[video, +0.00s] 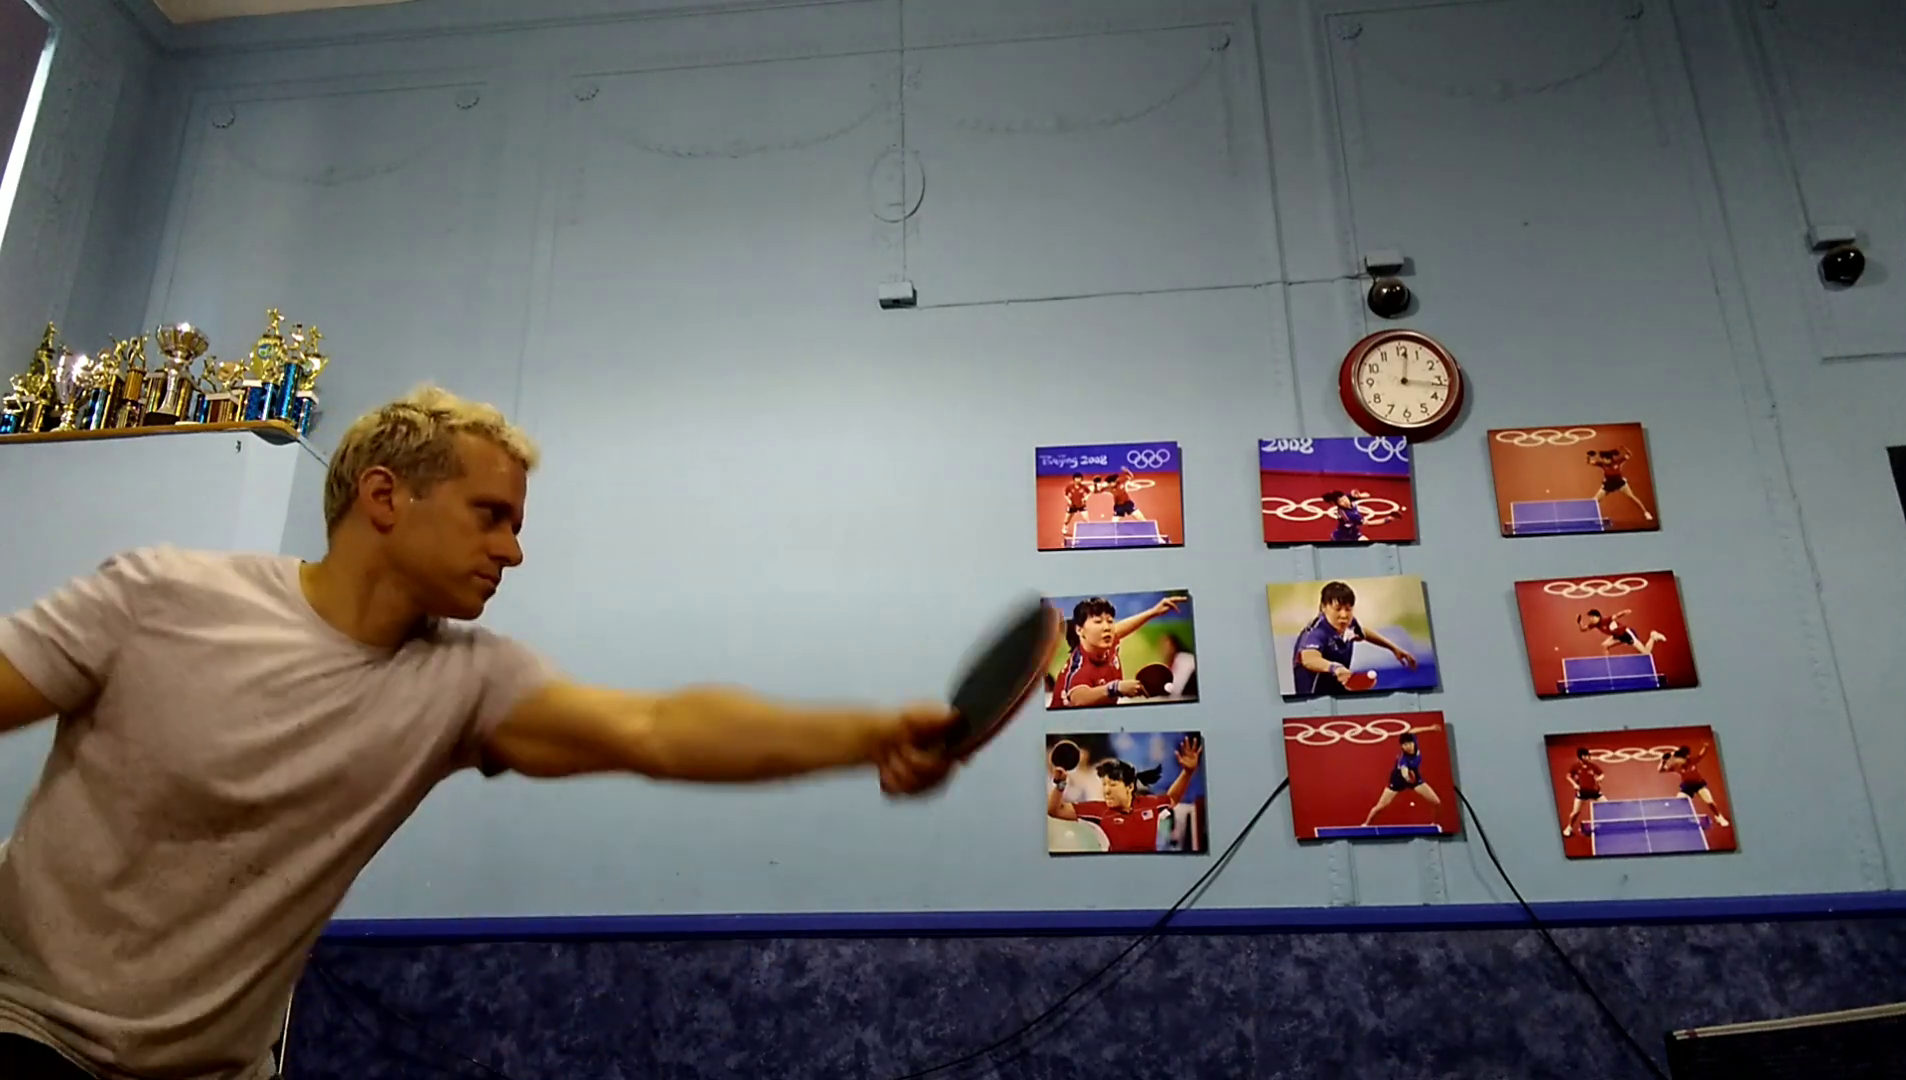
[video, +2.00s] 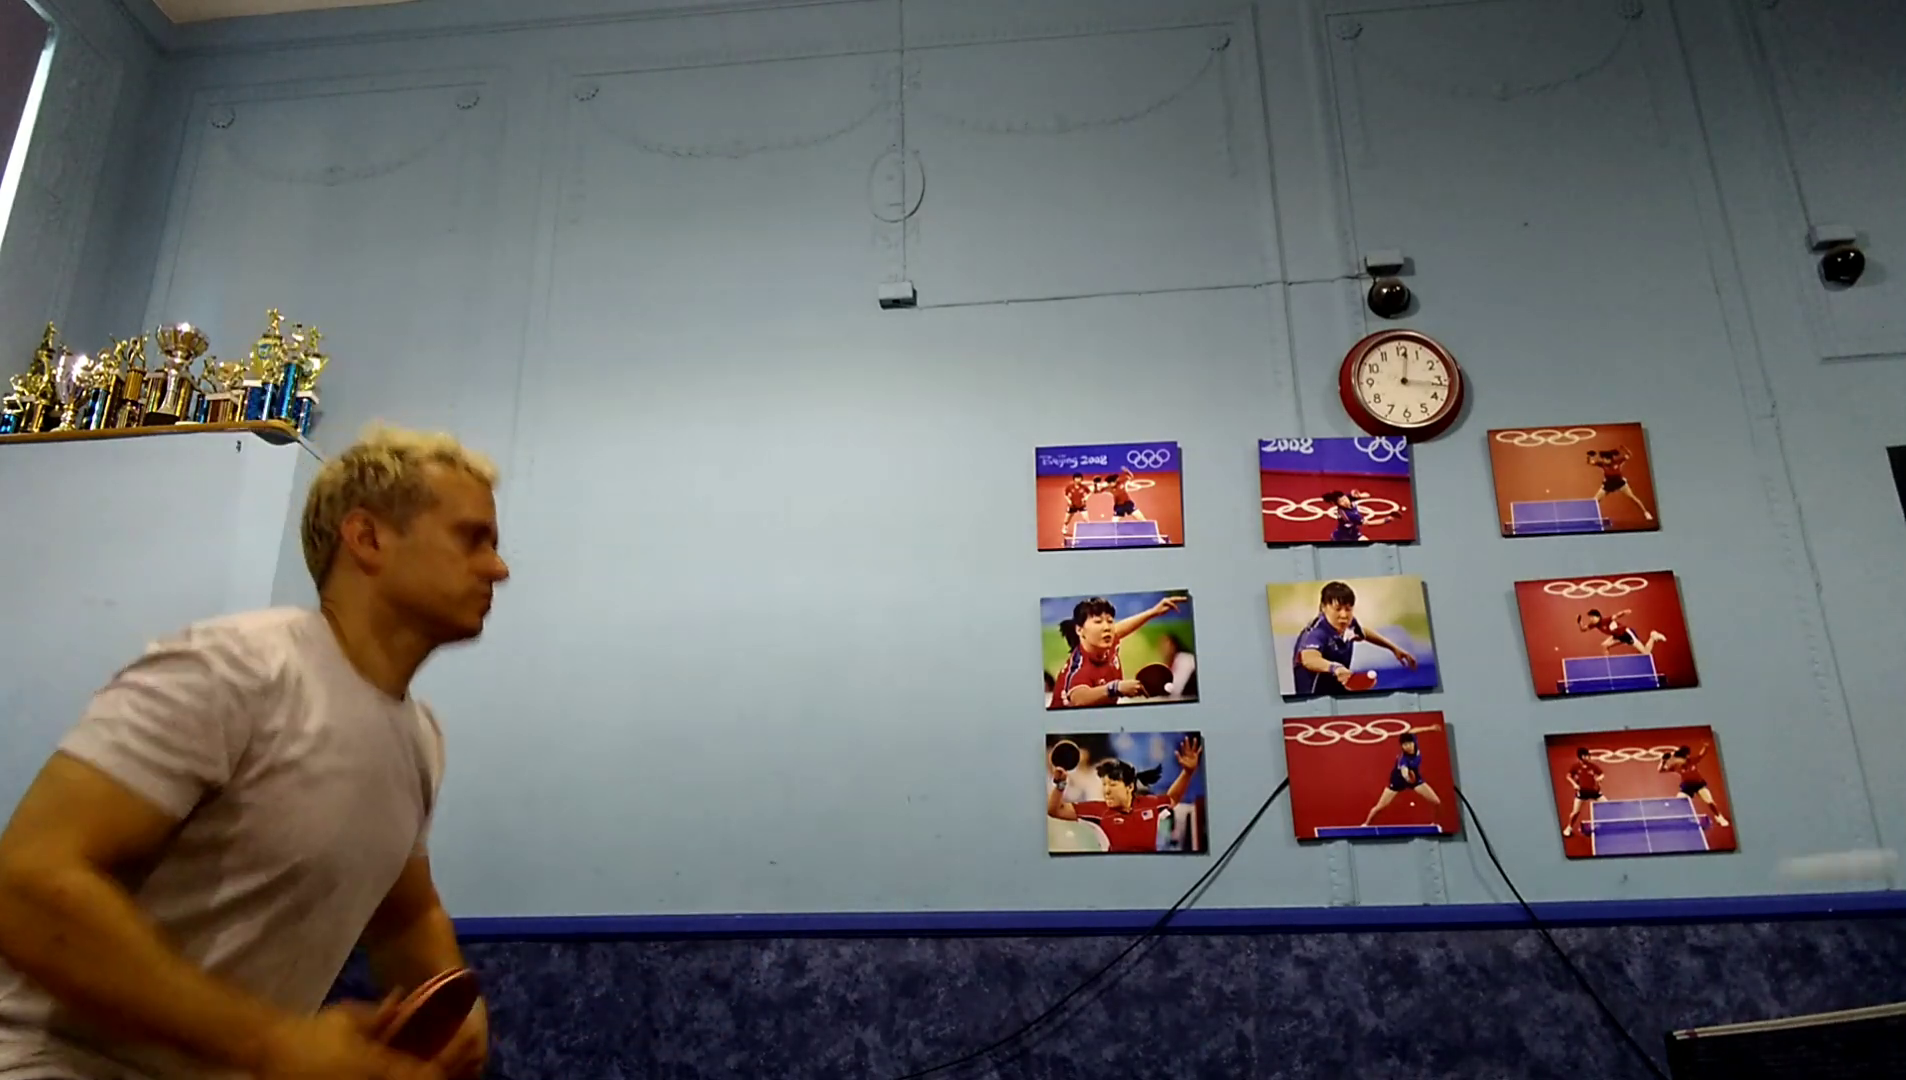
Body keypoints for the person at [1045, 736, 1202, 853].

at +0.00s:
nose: (1107, 790)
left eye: (1113, 785)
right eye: (1104, 785)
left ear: (1130, 787)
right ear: (1102, 787)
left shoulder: (1151, 804)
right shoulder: (1100, 811)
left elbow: (1172, 798)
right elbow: (1055, 811)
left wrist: (1188, 771)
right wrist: (1059, 785)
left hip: (1151, 872)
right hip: (1116, 874)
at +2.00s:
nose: (1107, 790)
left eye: (1113, 785)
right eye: (1104, 785)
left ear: (1130, 787)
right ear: (1101, 787)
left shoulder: (1151, 805)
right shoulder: (1100, 811)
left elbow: (1172, 798)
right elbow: (1055, 811)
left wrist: (1188, 771)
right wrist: (1059, 785)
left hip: (1151, 872)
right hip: (1115, 874)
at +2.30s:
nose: (1107, 790)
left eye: (1113, 785)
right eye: (1104, 785)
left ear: (1130, 787)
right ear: (1101, 787)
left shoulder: (1151, 805)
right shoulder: (1100, 811)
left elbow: (1172, 798)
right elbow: (1055, 811)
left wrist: (1188, 771)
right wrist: (1059, 785)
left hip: (1151, 872)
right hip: (1116, 874)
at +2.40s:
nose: (1106, 790)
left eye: (1113, 785)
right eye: (1104, 785)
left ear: (1130, 787)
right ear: (1102, 787)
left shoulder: (1151, 805)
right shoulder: (1100, 811)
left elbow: (1172, 798)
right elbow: (1055, 811)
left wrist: (1188, 771)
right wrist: (1059, 785)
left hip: (1151, 872)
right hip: (1116, 874)